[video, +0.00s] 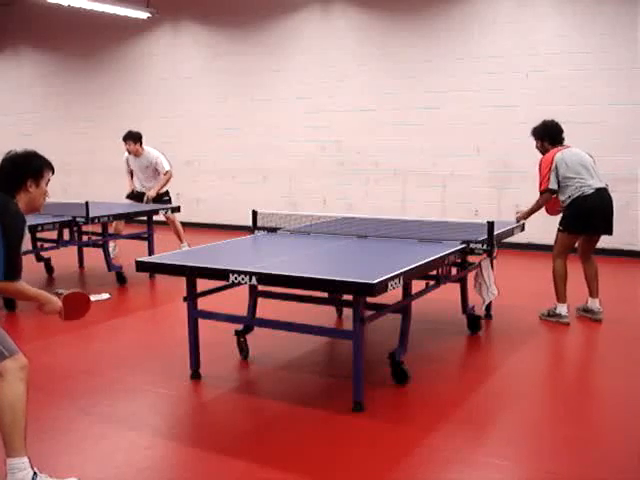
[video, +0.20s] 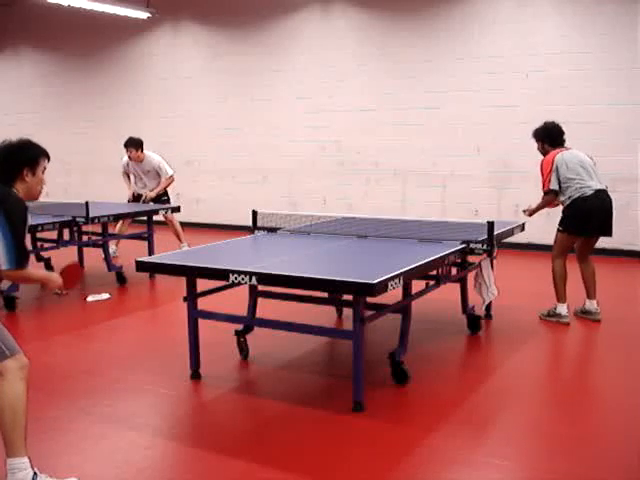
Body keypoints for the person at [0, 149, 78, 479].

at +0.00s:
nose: (47, 193)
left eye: (47, 185)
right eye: (45, 184)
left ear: (23, 184)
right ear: (29, 185)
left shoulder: (8, 214)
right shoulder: (11, 217)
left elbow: (9, 281)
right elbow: (6, 283)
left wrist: (44, 296)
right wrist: (42, 297)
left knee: (14, 366)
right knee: (15, 366)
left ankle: (18, 466)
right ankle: (18, 469)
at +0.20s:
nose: (44, 181)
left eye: (44, 173)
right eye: (42, 173)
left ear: (21, 173)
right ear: (25, 174)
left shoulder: (10, 202)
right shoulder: (10, 205)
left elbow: (11, 264)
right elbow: (7, 269)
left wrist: (43, 274)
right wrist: (43, 276)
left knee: (14, 364)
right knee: (14, 364)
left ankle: (19, 466)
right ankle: (18, 469)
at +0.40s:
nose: (44, 173)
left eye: (44, 166)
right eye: (41, 166)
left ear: (18, 167)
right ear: (25, 168)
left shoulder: (8, 196)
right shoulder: (13, 199)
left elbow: (17, 260)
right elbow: (22, 264)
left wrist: (47, 263)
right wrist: (53, 264)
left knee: (16, 362)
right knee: (18, 363)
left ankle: (20, 467)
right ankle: (19, 469)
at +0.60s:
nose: (45, 174)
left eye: (45, 166)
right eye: (42, 166)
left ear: (21, 166)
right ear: (26, 167)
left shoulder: (8, 196)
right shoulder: (13, 199)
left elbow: (17, 258)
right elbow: (19, 263)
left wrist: (47, 265)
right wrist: (52, 267)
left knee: (17, 363)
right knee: (20, 363)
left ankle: (20, 467)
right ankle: (20, 469)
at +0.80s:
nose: (45, 170)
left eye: (45, 162)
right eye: (42, 161)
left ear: (21, 162)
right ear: (25, 162)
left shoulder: (8, 191)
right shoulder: (12, 194)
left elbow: (12, 256)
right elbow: (13, 259)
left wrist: (46, 263)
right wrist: (49, 266)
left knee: (15, 362)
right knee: (16, 363)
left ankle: (19, 467)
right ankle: (19, 469)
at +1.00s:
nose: (41, 161)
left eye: (42, 153)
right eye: (39, 153)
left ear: (17, 153)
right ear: (21, 153)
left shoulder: (7, 185)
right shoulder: (9, 188)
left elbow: (9, 251)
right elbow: (10, 255)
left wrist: (41, 256)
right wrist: (43, 259)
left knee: (14, 362)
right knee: (12, 365)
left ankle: (19, 466)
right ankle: (19, 469)